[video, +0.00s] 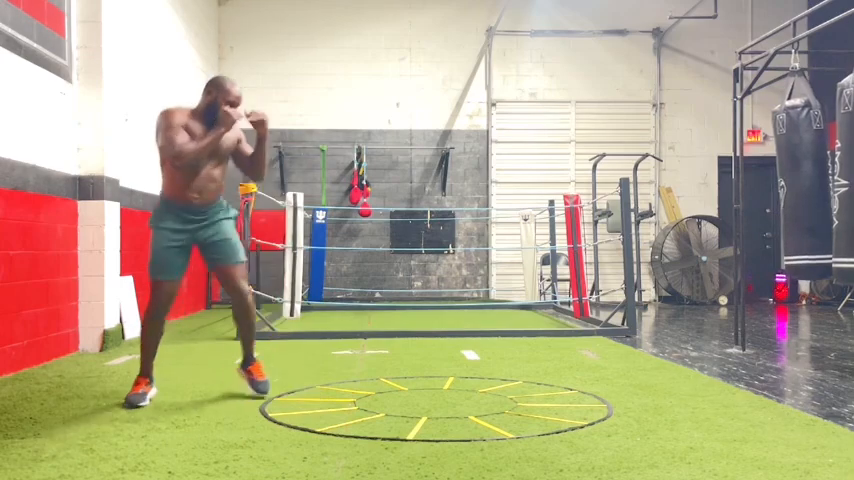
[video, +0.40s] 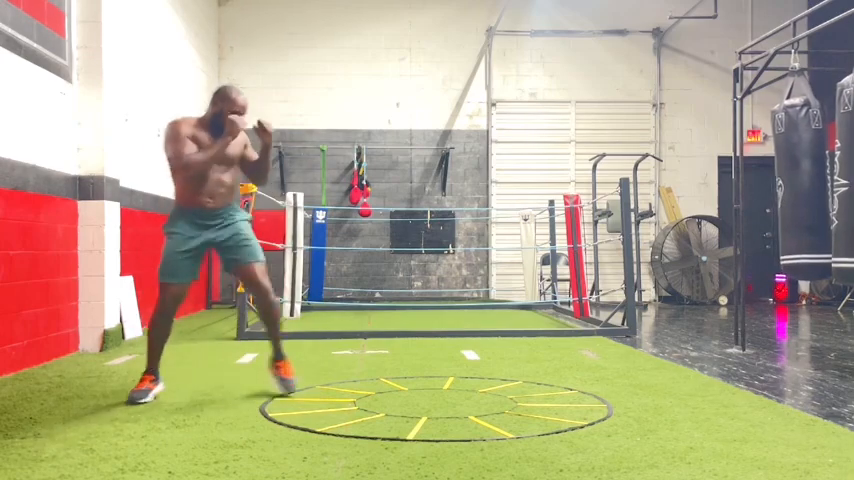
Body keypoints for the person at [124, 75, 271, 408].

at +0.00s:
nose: (236, 111)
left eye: (238, 106)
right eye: (231, 104)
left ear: (232, 106)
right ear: (211, 98)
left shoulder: (231, 133)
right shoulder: (174, 118)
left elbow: (256, 172)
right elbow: (181, 158)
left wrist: (263, 135)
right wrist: (223, 130)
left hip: (215, 217)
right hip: (173, 218)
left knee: (242, 291)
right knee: (162, 299)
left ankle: (249, 361)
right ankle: (145, 378)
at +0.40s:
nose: (239, 120)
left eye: (242, 115)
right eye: (235, 114)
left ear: (242, 115)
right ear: (215, 108)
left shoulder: (239, 138)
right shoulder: (181, 128)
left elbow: (258, 177)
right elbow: (183, 167)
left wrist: (266, 147)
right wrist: (224, 143)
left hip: (230, 219)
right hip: (187, 222)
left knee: (263, 288)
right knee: (168, 300)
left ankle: (279, 357)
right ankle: (151, 375)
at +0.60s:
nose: (270, 139)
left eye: (273, 134)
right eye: (265, 133)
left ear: (274, 134)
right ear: (247, 129)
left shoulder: (272, 164)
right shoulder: (215, 155)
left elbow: (284, 206)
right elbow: (222, 192)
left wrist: (294, 178)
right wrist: (259, 161)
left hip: (261, 244)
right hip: (218, 245)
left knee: (289, 307)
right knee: (185, 312)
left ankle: (320, 377)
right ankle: (159, 381)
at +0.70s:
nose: (286, 135)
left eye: (290, 130)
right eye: (281, 129)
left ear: (293, 129)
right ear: (265, 124)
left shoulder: (296, 157)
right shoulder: (235, 151)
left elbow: (319, 196)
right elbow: (240, 191)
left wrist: (319, 163)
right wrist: (275, 157)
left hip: (283, 238)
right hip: (242, 241)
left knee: (307, 304)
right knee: (211, 312)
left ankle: (323, 377)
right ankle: (171, 378)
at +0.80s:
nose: (300, 121)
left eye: (303, 116)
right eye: (296, 115)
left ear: (305, 116)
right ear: (279, 110)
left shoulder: (310, 143)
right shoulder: (249, 137)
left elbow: (336, 177)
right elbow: (252, 174)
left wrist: (329, 137)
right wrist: (286, 140)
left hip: (296, 227)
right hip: (255, 226)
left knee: (311, 297)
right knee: (230, 297)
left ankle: (324, 374)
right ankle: (216, 367)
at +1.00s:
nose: (313, 119)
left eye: (318, 115)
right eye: (310, 113)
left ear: (320, 116)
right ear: (294, 108)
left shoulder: (325, 144)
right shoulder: (265, 134)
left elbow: (349, 182)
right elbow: (266, 168)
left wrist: (348, 147)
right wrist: (301, 136)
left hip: (316, 224)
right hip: (276, 226)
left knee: (341, 289)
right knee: (264, 302)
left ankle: (367, 362)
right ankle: (265, 366)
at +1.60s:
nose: (307, 128)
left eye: (312, 124)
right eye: (303, 122)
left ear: (315, 123)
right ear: (287, 117)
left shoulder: (321, 150)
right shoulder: (261, 142)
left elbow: (345, 189)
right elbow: (257, 180)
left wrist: (339, 157)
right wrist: (293, 151)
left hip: (305, 230)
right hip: (266, 229)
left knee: (314, 297)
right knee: (242, 297)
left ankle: (329, 372)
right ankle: (234, 359)